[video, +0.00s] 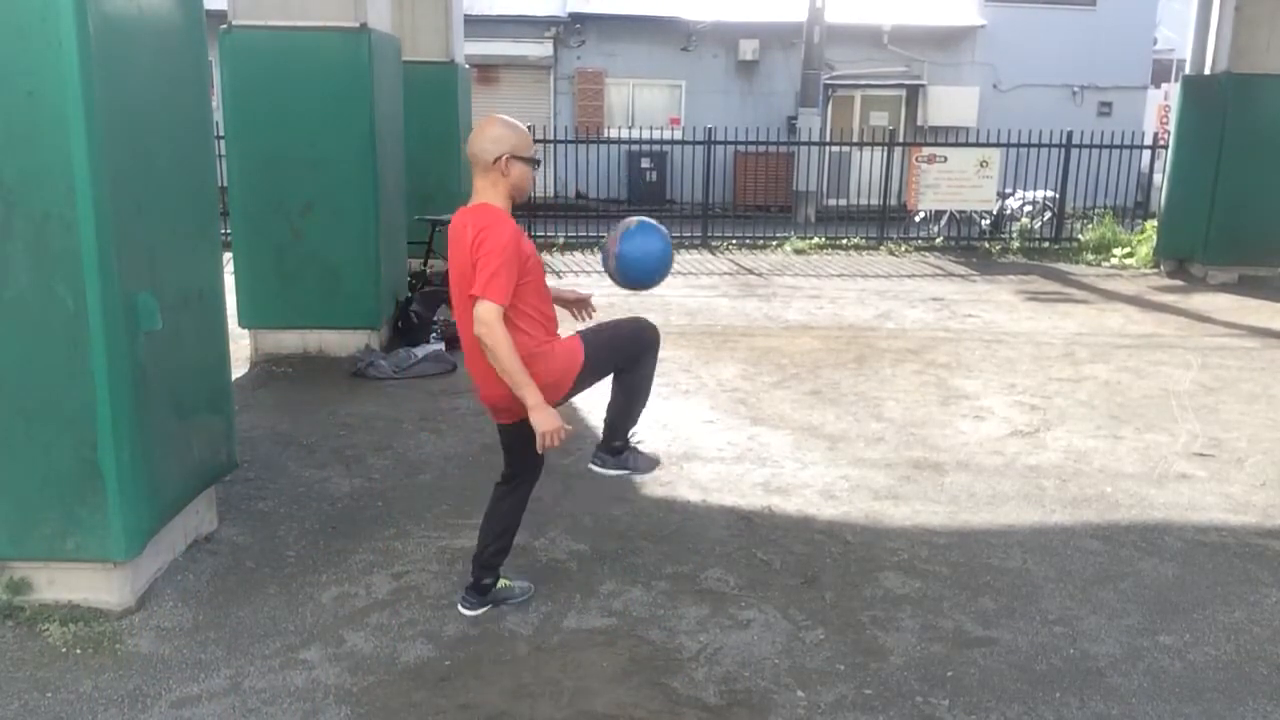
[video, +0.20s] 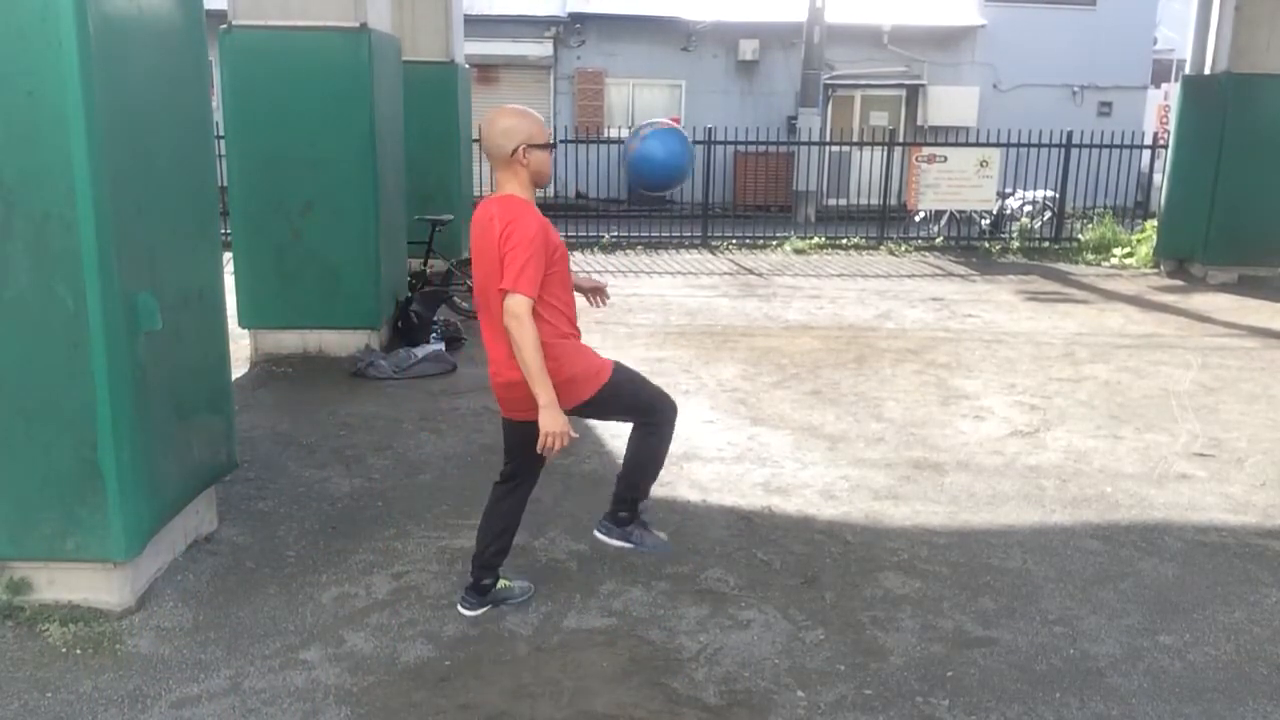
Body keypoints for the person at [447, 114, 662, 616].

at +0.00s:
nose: (535, 173)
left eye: (533, 163)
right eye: (530, 162)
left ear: (491, 166)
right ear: (505, 166)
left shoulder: (464, 222)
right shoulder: (501, 232)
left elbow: (501, 282)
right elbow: (487, 322)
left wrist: (554, 294)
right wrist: (535, 404)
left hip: (499, 385)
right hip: (535, 380)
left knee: (520, 471)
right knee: (641, 335)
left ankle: (481, 586)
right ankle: (614, 448)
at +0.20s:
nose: (553, 157)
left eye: (550, 147)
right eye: (547, 148)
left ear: (507, 157)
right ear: (523, 155)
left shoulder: (487, 213)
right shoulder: (525, 222)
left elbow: (516, 271)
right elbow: (516, 316)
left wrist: (572, 281)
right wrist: (547, 404)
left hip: (515, 376)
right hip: (558, 373)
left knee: (516, 475)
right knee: (659, 410)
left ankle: (481, 586)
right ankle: (622, 519)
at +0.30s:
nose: (572, 158)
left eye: (569, 148)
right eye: (567, 149)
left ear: (527, 160)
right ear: (544, 158)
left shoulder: (505, 217)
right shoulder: (550, 226)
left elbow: (505, 298)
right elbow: (550, 318)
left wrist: (571, 306)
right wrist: (586, 402)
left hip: (536, 382)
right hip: (583, 383)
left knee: (527, 476)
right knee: (638, 472)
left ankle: (483, 583)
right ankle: (617, 586)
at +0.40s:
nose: (592, 161)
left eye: (590, 151)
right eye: (588, 152)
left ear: (542, 160)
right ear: (570, 158)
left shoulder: (521, 219)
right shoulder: (572, 230)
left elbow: (508, 285)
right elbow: (585, 321)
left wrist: (558, 318)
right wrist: (634, 395)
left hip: (560, 381)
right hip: (594, 388)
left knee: (597, 462)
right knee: (638, 482)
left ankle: (518, 543)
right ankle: (612, 595)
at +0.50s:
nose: (606, 165)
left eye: (605, 156)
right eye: (604, 156)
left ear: (552, 159)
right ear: (589, 160)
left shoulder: (524, 223)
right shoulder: (590, 231)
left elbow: (504, 296)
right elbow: (617, 321)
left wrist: (535, 341)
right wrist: (675, 380)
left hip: (582, 375)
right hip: (612, 382)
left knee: (672, 403)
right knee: (641, 488)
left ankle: (600, 480)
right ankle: (610, 595)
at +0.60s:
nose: (620, 165)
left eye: (619, 156)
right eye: (618, 156)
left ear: (566, 159)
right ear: (604, 160)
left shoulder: (540, 226)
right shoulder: (611, 230)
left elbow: (522, 304)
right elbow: (642, 315)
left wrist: (537, 368)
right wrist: (709, 356)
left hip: (600, 357)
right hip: (636, 366)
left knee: (709, 314)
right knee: (644, 485)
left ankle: (679, 421)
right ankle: (610, 594)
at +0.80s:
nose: (642, 156)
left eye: (639, 146)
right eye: (637, 148)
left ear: (589, 157)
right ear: (620, 155)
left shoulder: (566, 222)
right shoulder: (635, 224)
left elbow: (551, 299)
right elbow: (662, 306)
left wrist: (567, 362)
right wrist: (729, 346)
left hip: (618, 357)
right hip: (653, 364)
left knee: (713, 356)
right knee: (648, 482)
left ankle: (683, 450)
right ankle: (610, 594)